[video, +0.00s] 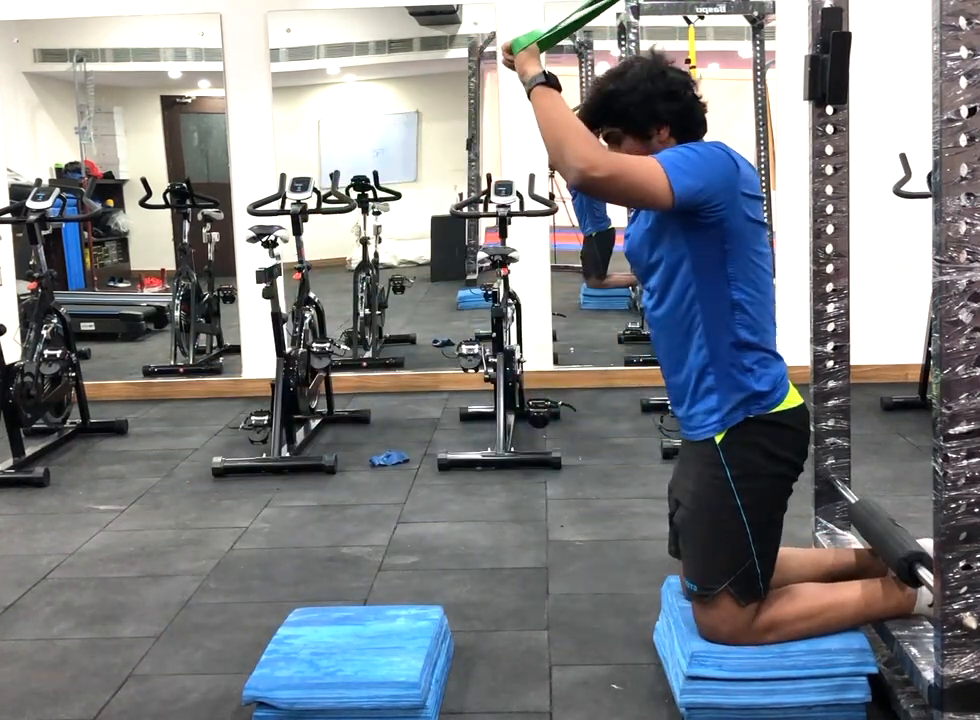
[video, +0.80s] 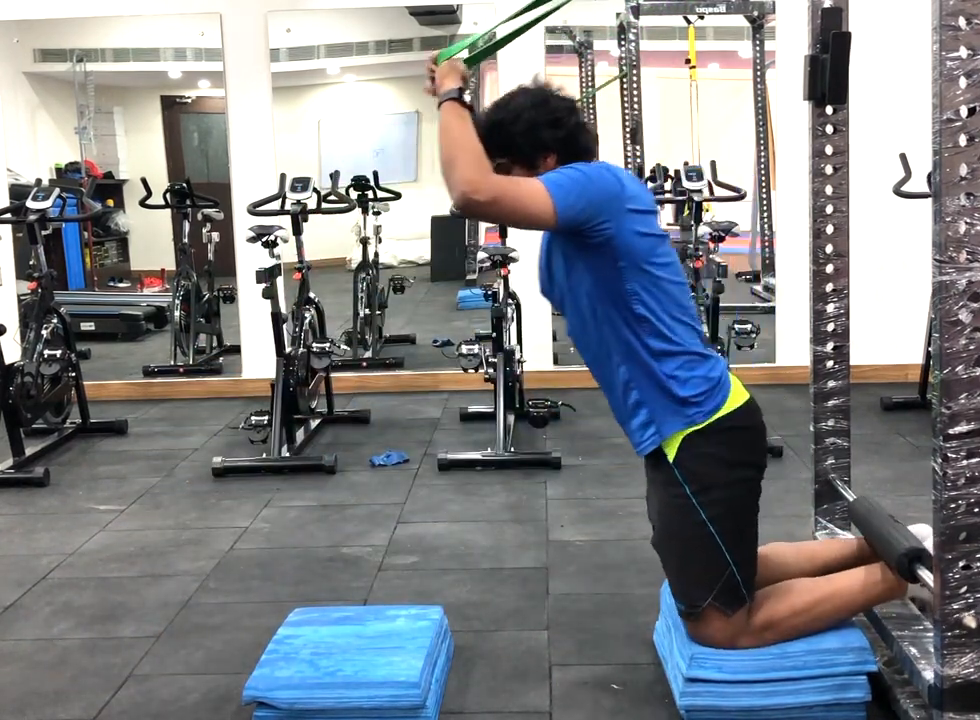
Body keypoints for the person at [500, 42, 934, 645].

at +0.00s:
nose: (611, 158)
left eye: (617, 143)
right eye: (606, 145)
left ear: (660, 133)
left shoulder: (710, 167)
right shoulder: (670, 193)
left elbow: (589, 168)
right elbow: (583, 168)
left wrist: (535, 78)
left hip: (747, 426)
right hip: (712, 426)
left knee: (728, 621)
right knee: (705, 577)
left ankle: (901, 593)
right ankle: (872, 560)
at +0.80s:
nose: (504, 188)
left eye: (507, 172)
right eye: (499, 173)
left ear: (544, 161)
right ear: (553, 157)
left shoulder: (601, 187)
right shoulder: (584, 201)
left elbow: (472, 190)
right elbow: (480, 192)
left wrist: (448, 96)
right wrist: (459, 102)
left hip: (703, 433)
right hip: (677, 433)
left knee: (721, 626)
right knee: (713, 579)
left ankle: (902, 576)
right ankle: (866, 547)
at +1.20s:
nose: (412, 240)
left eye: (412, 227)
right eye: (406, 227)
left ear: (437, 211)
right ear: (457, 193)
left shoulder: (505, 227)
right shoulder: (500, 232)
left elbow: (382, 235)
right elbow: (391, 237)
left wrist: (367, 147)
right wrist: (376, 155)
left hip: (667, 435)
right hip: (658, 429)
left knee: (721, 625)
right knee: (717, 583)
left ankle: (903, 572)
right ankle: (873, 543)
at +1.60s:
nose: (339, 306)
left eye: (338, 291)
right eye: (333, 293)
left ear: (365, 277)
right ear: (384, 251)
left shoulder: (431, 283)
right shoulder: (442, 277)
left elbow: (303, 310)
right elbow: (319, 307)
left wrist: (275, 231)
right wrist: (289, 231)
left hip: (631, 453)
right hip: (632, 436)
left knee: (722, 628)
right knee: (714, 587)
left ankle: (899, 571)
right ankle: (860, 541)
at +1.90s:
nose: (298, 367)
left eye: (295, 353)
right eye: (290, 354)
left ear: (311, 325)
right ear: (329, 301)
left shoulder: (382, 323)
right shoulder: (395, 313)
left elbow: (255, 374)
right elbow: (269, 369)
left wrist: (212, 296)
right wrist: (226, 301)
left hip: (604, 466)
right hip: (603, 452)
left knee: (723, 625)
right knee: (711, 588)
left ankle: (905, 569)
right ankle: (863, 540)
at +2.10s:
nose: (278, 416)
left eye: (274, 403)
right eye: (273, 402)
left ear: (293, 377)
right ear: (310, 340)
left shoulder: (354, 365)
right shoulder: (370, 353)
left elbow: (232, 437)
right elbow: (252, 426)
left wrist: (174, 372)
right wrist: (200, 361)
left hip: (590, 476)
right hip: (593, 451)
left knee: (719, 631)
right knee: (714, 585)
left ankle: (905, 567)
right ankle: (866, 538)